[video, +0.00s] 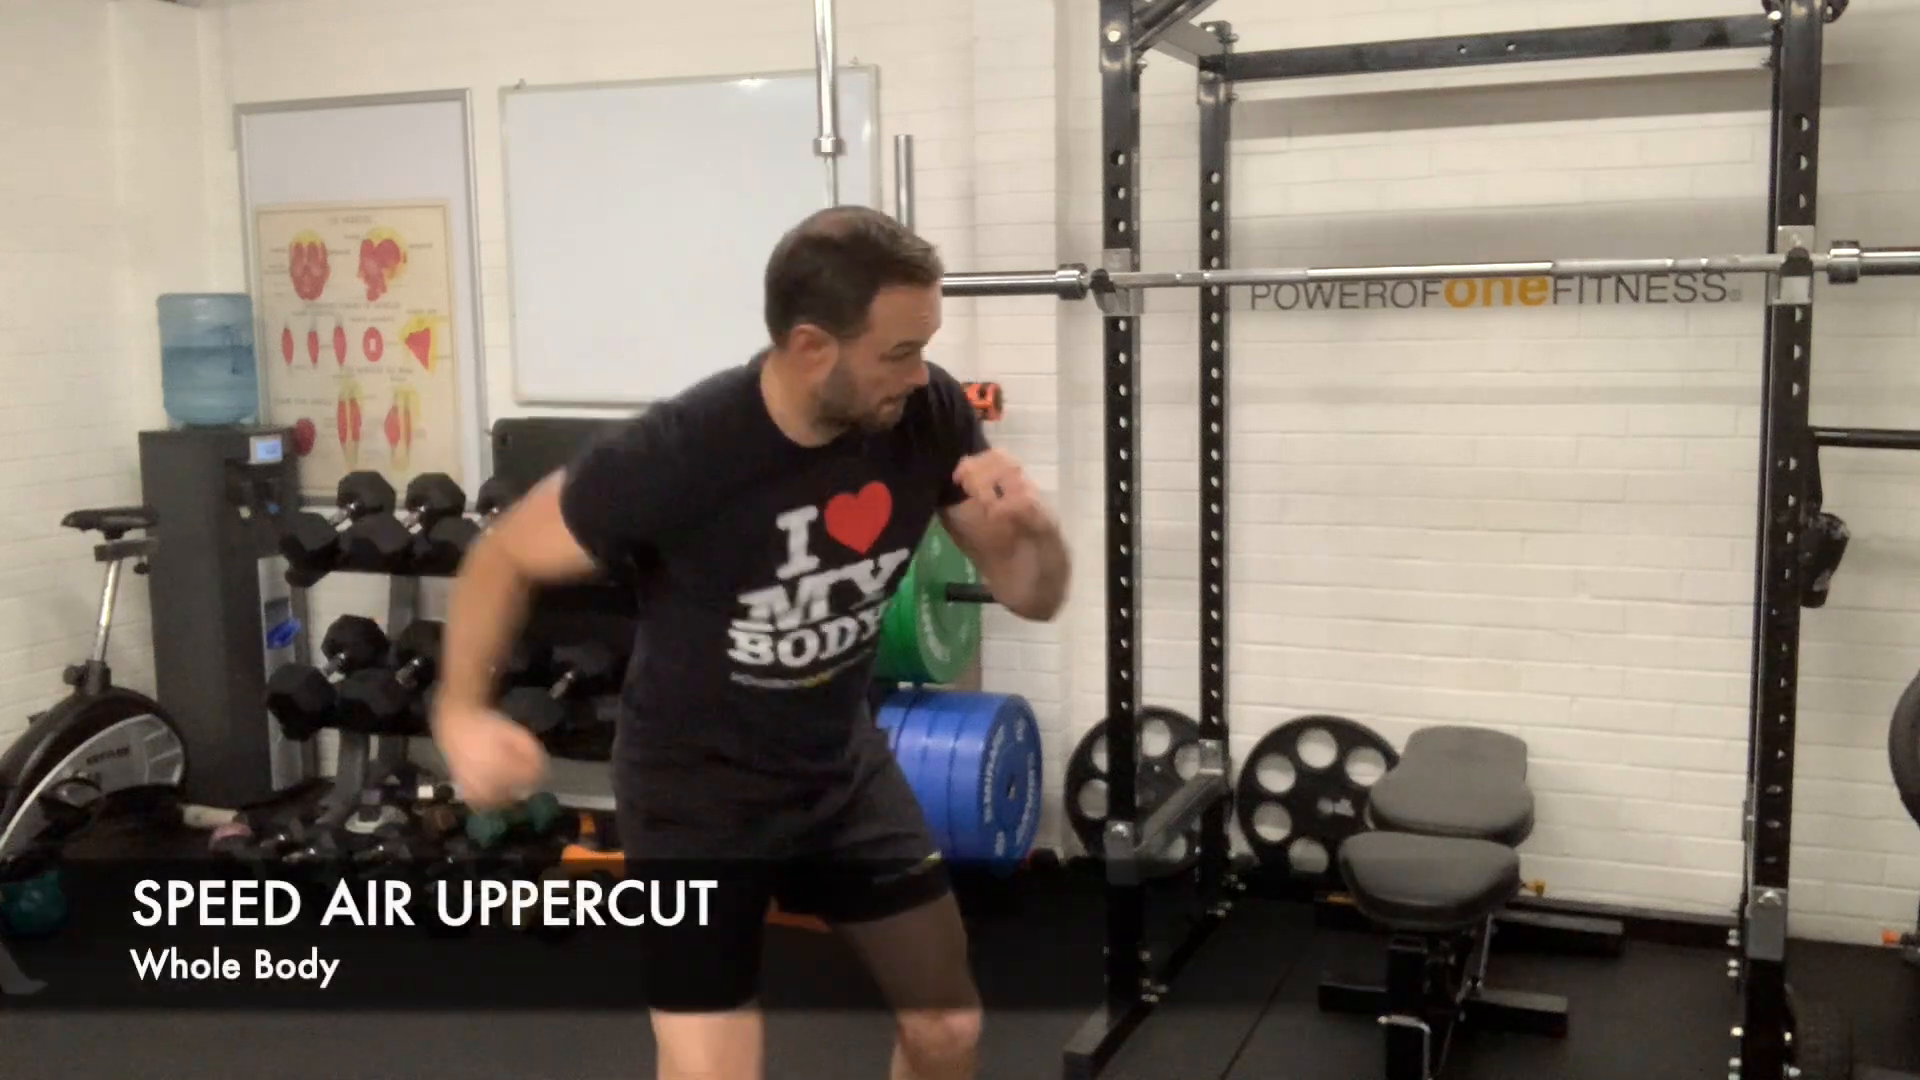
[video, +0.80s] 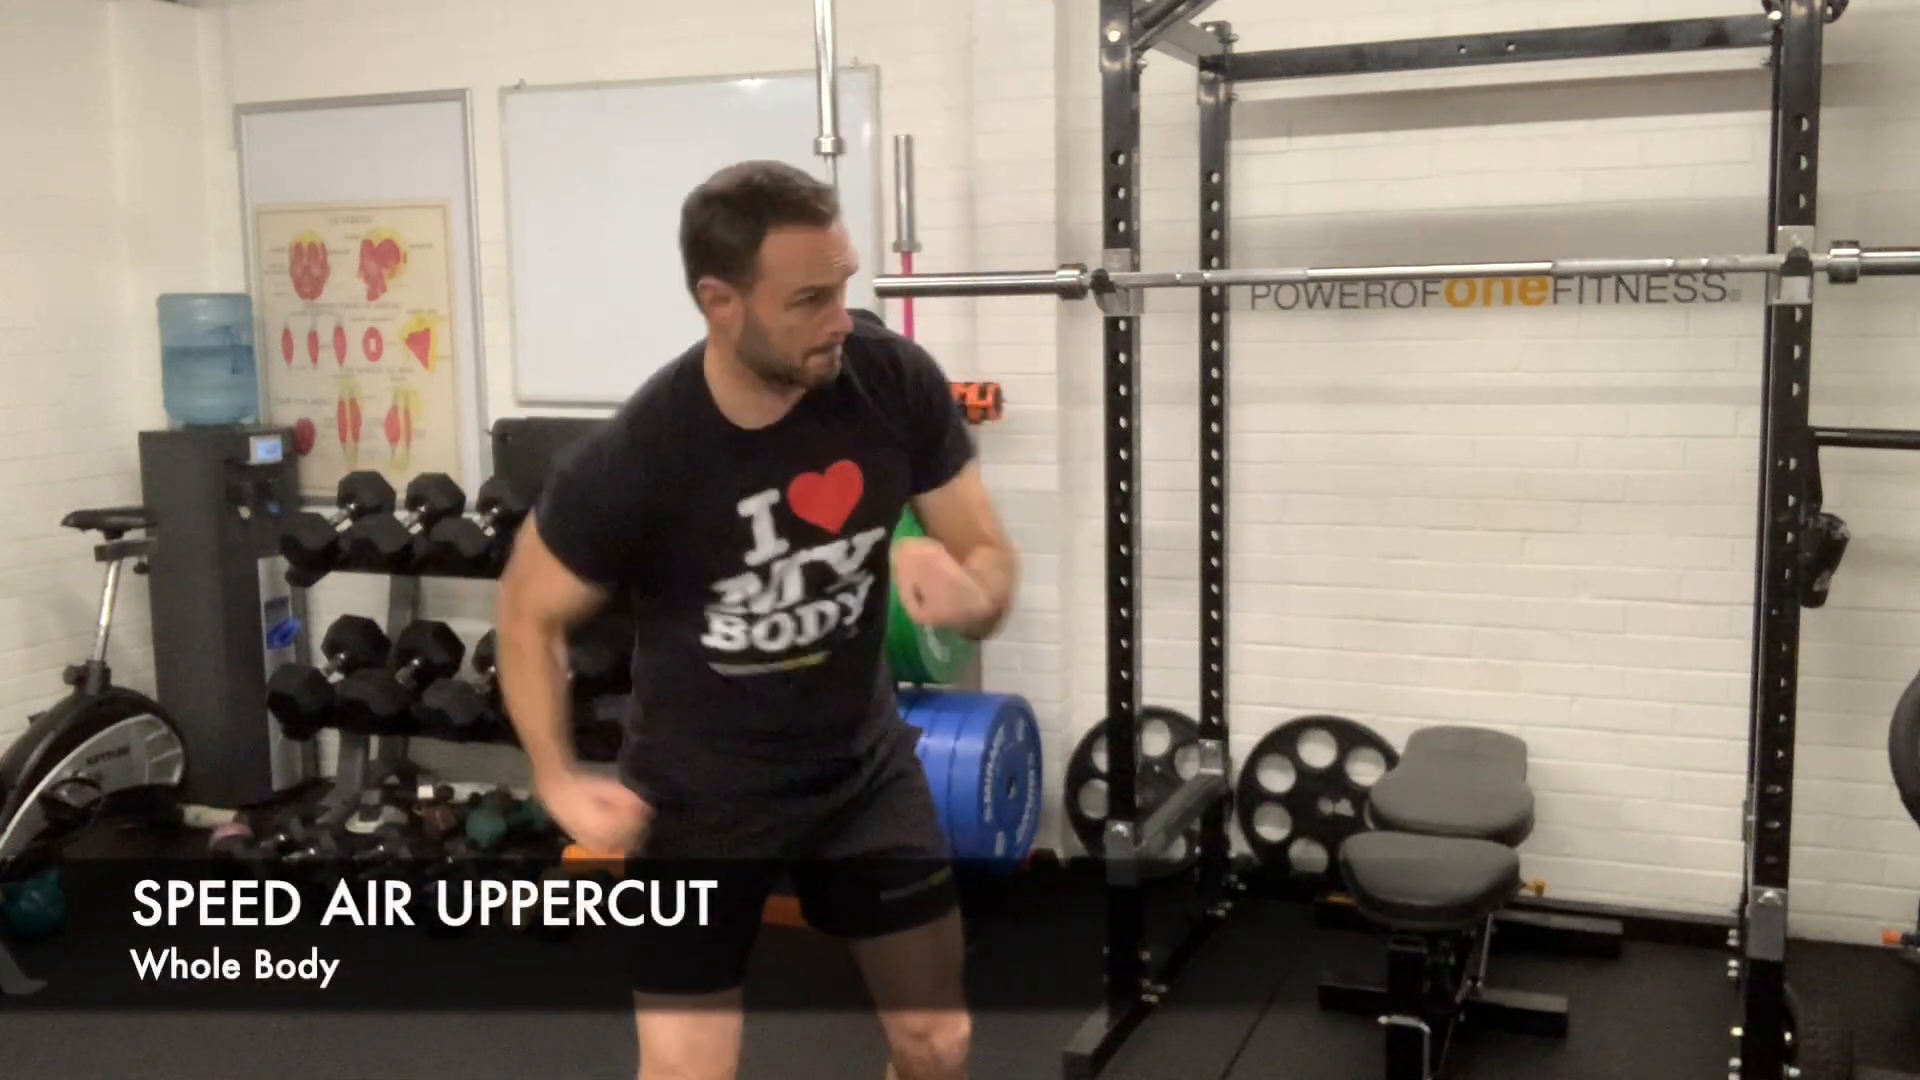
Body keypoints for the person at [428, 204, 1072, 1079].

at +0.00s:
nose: (917, 373)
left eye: (921, 348)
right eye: (899, 353)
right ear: (811, 347)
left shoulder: (926, 411)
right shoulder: (678, 456)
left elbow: (1038, 596)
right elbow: (501, 554)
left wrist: (1029, 536)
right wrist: (460, 709)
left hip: (841, 764)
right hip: (695, 779)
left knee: (947, 1029)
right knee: (712, 1066)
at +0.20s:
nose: (922, 315)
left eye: (928, 291)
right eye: (912, 292)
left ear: (828, 275)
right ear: (832, 283)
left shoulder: (763, 326)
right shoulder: (788, 420)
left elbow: (682, 409)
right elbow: (1031, 561)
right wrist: (1074, 346)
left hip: (822, 735)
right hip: (722, 779)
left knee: (914, 994)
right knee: (753, 1063)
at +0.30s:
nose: (948, 287)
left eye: (957, 263)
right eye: (941, 257)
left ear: (865, 235)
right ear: (863, 231)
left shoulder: (782, 324)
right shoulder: (782, 355)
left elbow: (673, 428)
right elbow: (992, 480)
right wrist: (1046, 300)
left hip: (821, 744)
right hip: (712, 773)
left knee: (892, 1003)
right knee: (738, 1061)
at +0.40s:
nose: (966, 310)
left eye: (978, 287)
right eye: (956, 277)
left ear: (882, 250)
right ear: (877, 243)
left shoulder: (896, 399)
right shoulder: (742, 361)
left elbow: (829, 577)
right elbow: (790, 572)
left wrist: (897, 674)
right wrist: (967, 458)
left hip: (810, 764)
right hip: (680, 782)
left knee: (914, 1021)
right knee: (701, 1065)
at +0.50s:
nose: (963, 326)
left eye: (980, 304)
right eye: (953, 292)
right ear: (876, 250)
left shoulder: (950, 438)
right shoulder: (689, 364)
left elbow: (994, 676)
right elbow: (565, 567)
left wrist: (1030, 641)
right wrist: (742, 582)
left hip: (822, 771)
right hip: (659, 775)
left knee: (923, 1041)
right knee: (671, 1064)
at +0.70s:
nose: (868, 291)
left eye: (884, 264)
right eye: (844, 263)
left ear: (900, 255)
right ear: (760, 244)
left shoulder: (920, 377)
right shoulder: (638, 370)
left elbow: (1066, 526)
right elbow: (528, 450)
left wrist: (936, 368)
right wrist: (468, 570)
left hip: (847, 766)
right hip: (675, 771)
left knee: (934, 1045)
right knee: (657, 1057)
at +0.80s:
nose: (840, 321)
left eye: (843, 289)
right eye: (809, 302)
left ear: (847, 264)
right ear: (719, 303)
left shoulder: (892, 382)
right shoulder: (637, 461)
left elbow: (985, 550)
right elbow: (525, 613)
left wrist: (968, 597)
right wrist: (557, 775)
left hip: (862, 771)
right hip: (696, 794)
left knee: (937, 1044)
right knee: (688, 1064)